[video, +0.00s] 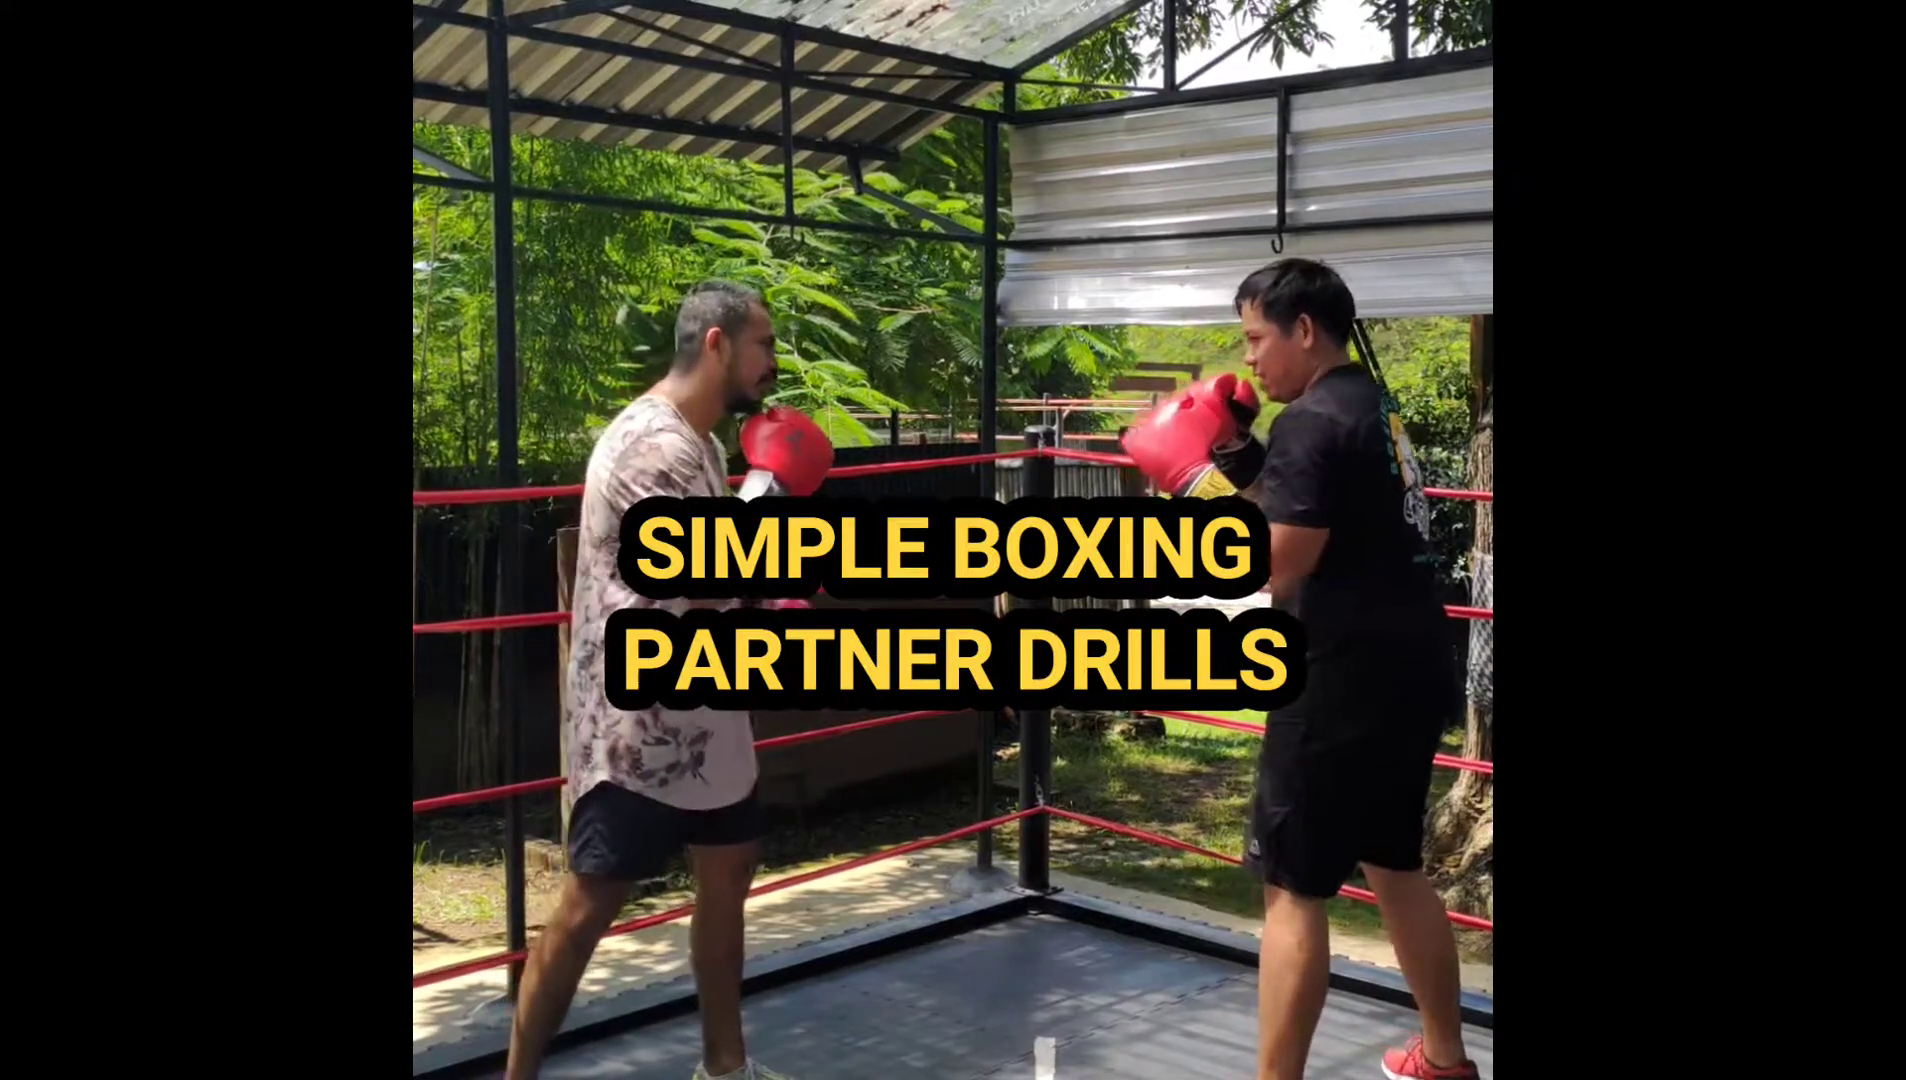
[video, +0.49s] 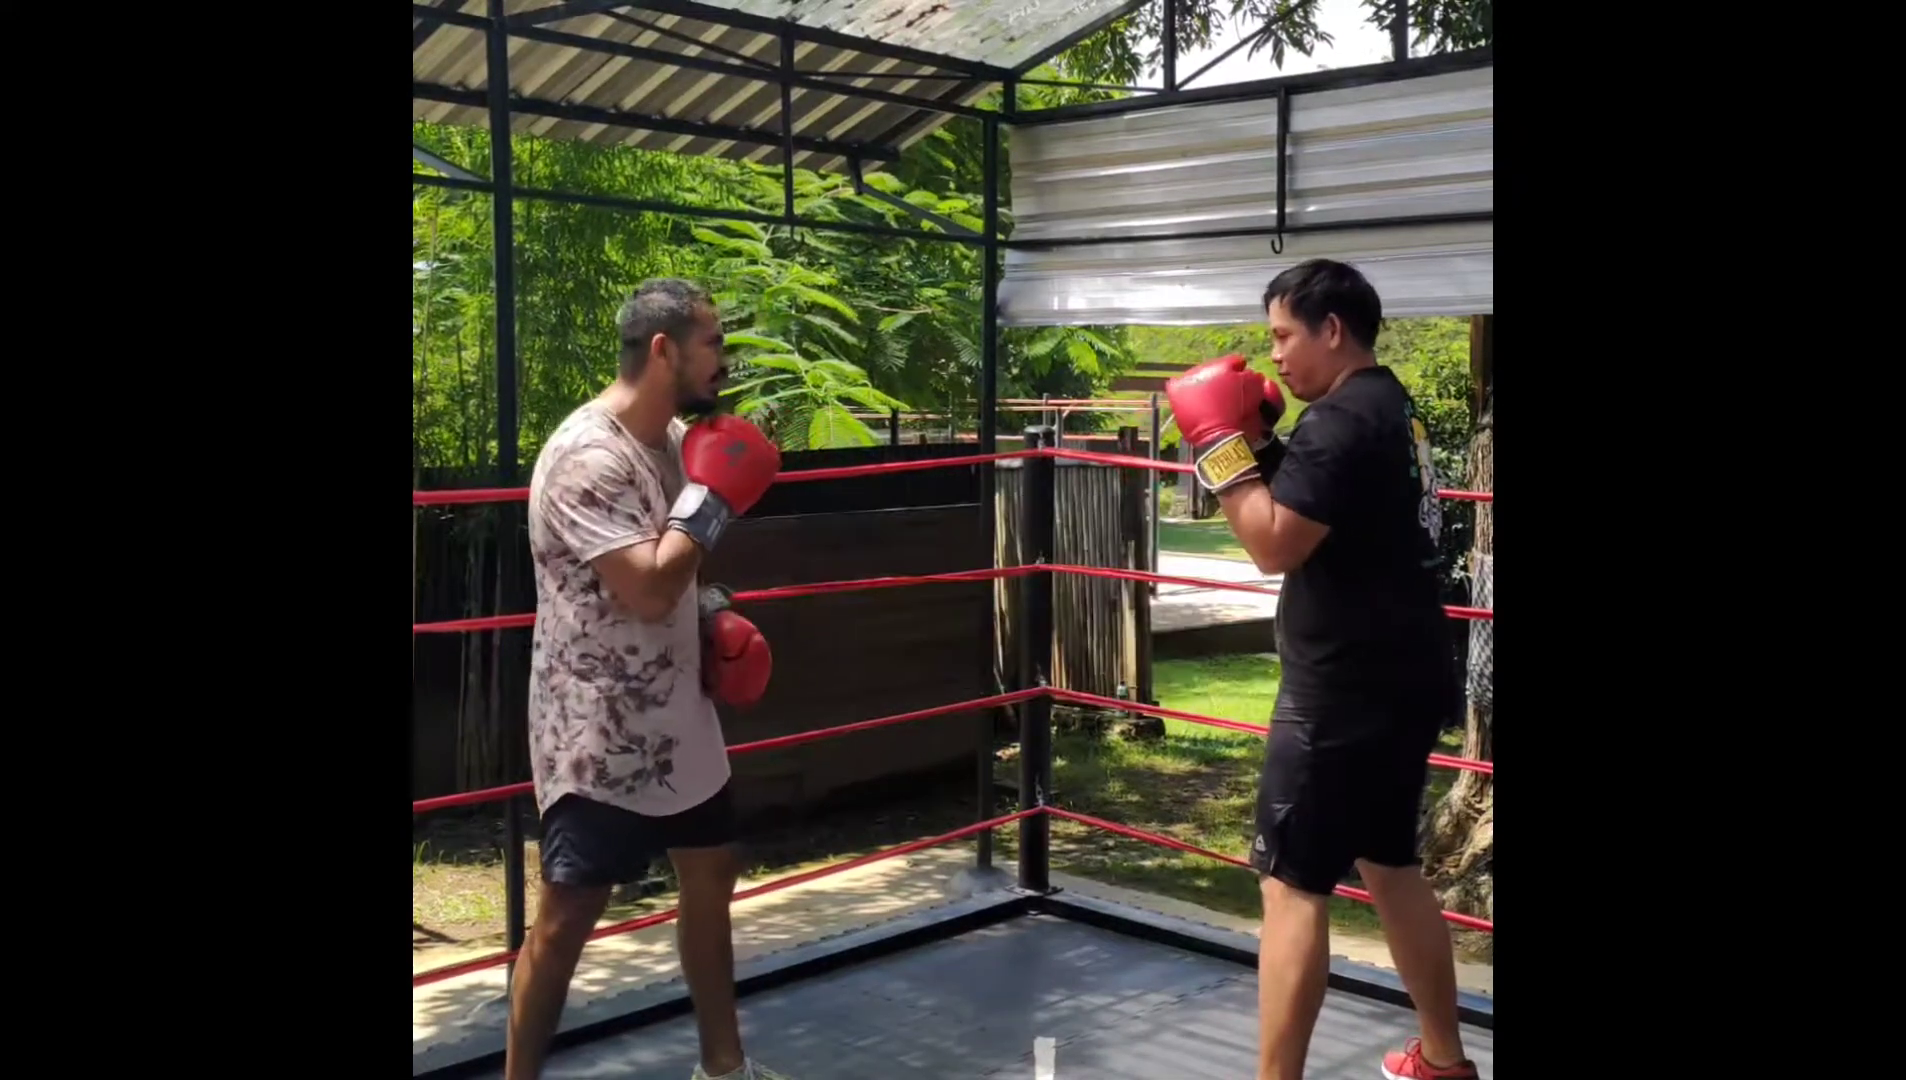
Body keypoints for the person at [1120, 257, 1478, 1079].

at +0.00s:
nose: (1249, 357)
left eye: (1256, 338)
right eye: (1246, 340)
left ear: (1307, 333)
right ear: (1320, 336)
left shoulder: (1315, 421)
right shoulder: (1361, 399)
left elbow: (1277, 570)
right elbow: (1311, 526)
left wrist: (1202, 472)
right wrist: (1237, 447)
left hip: (1339, 682)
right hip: (1406, 675)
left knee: (1294, 887)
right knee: (1396, 862)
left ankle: (1277, 1072)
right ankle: (1444, 1053)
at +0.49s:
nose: (1274, 355)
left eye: (1283, 337)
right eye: (1272, 338)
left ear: (1334, 333)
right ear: (1342, 337)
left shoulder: (1344, 419)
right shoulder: (1378, 402)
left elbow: (1276, 545)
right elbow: (1311, 513)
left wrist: (1220, 447)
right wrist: (1258, 442)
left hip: (1339, 688)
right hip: (1398, 681)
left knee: (1292, 884)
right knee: (1393, 865)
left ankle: (1276, 1072)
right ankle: (1444, 1055)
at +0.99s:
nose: (1255, 368)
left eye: (1257, 348)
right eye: (1249, 354)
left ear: (1305, 333)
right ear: (1320, 334)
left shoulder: (1327, 418)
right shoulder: (1369, 401)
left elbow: (1222, 522)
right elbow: (1267, 497)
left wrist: (1199, 420)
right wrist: (1236, 418)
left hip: (1330, 676)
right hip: (1395, 671)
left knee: (1282, 882)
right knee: (1389, 863)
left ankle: (1274, 1073)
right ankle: (1444, 1056)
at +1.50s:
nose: (1233, 362)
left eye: (1236, 345)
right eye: (1232, 346)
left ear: (1275, 340)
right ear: (1316, 336)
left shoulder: (1281, 414)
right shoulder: (1367, 397)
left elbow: (1150, 479)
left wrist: (1124, 383)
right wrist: (1219, 430)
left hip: (1339, 669)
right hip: (1425, 664)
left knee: (1281, 878)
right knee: (1393, 852)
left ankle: (1271, 1072)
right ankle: (1451, 1043)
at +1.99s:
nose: (1254, 383)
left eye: (1256, 366)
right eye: (1249, 370)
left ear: (1302, 353)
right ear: (1322, 352)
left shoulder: (1337, 431)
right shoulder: (1378, 415)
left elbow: (1272, 551)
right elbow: (1313, 531)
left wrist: (1223, 466)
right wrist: (1256, 450)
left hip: (1341, 689)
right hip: (1406, 688)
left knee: (1256, 880)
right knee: (1402, 874)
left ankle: (1223, 1072)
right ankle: (1463, 1058)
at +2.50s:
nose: (1165, 363)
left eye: (1165, 347)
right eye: (1161, 349)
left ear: (1199, 335)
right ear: (1255, 329)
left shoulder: (1191, 402)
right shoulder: (1336, 402)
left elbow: (1036, 429)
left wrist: (935, 399)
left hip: (1228, 689)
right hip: (1336, 685)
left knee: (1176, 874)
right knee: (1367, 860)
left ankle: (1178, 1071)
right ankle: (1425, 1036)